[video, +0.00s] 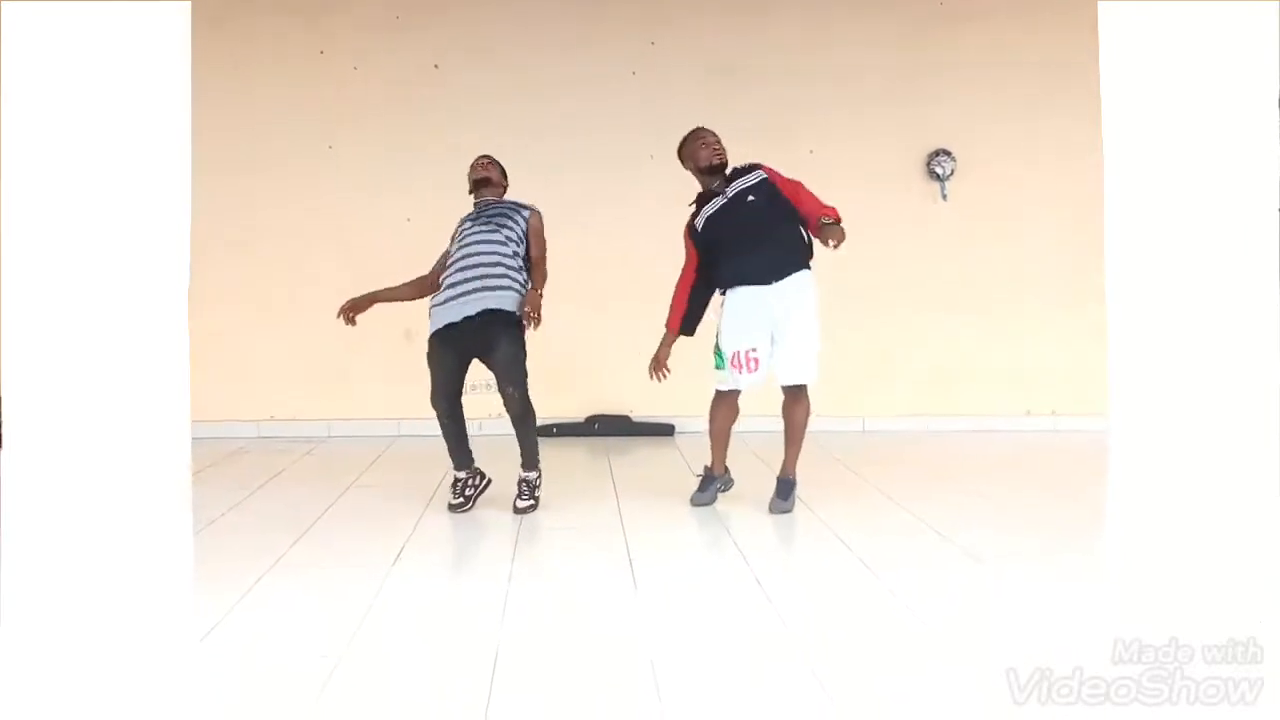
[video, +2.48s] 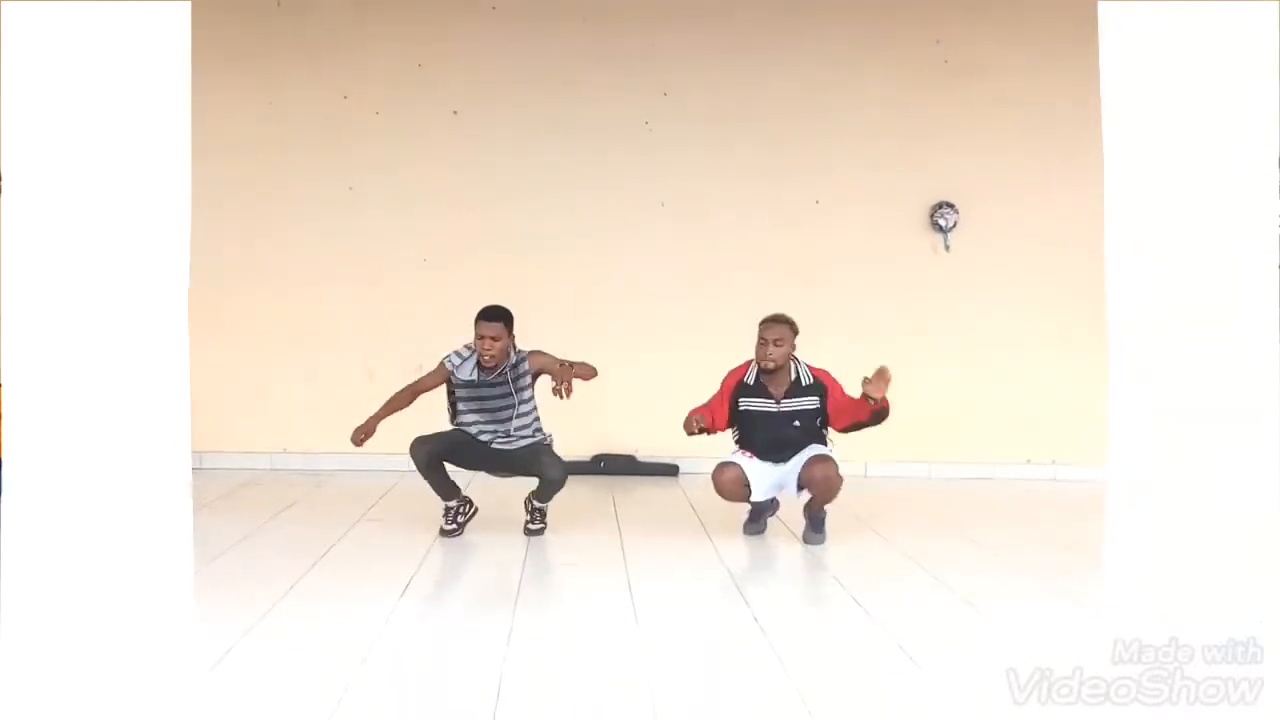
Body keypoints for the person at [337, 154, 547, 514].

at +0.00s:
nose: (481, 164)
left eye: (489, 163)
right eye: (475, 165)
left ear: (505, 182)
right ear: (469, 188)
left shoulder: (524, 212)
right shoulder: (463, 227)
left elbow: (537, 258)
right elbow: (431, 281)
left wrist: (536, 291)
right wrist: (372, 297)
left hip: (499, 311)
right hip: (449, 317)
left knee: (514, 392)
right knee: (443, 398)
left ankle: (530, 470)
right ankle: (467, 474)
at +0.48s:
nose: (428, 138)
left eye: (433, 128)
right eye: (420, 134)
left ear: (453, 125)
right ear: (418, 143)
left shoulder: (484, 138)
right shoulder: (436, 188)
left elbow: (543, 148)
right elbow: (443, 248)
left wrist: (544, 187)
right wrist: (453, 288)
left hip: (541, 265)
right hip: (498, 275)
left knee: (543, 354)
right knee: (482, 354)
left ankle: (538, 441)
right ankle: (486, 442)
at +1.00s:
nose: (487, 134)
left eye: (495, 126)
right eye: (479, 125)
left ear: (506, 126)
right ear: (466, 124)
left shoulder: (522, 156)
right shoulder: (444, 160)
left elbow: (550, 208)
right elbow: (419, 206)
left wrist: (543, 266)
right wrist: (402, 259)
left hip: (514, 279)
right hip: (464, 283)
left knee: (529, 358)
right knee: (440, 354)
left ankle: (527, 449)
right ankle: (457, 439)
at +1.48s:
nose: (497, 349)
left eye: (506, 342)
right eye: (490, 340)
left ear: (519, 335)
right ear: (480, 331)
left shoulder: (533, 351)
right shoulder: (463, 340)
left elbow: (574, 386)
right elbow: (429, 351)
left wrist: (523, 419)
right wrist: (396, 396)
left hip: (518, 433)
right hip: (474, 431)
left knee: (554, 440)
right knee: (417, 429)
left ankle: (534, 494)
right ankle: (458, 487)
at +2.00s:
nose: (504, 271)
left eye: (513, 264)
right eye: (498, 262)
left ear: (527, 262)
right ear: (488, 257)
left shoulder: (541, 296)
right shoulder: (466, 281)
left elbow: (564, 347)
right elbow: (435, 308)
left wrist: (511, 364)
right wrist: (420, 363)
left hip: (523, 378)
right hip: (480, 385)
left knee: (537, 401)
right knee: (443, 442)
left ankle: (569, 464)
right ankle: (497, 499)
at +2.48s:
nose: (486, 346)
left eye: (495, 339)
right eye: (481, 338)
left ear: (510, 339)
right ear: (474, 335)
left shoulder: (531, 361)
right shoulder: (457, 363)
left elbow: (590, 371)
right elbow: (414, 390)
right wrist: (373, 421)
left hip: (523, 449)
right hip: (476, 446)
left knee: (556, 473)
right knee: (421, 448)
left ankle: (537, 504)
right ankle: (457, 503)